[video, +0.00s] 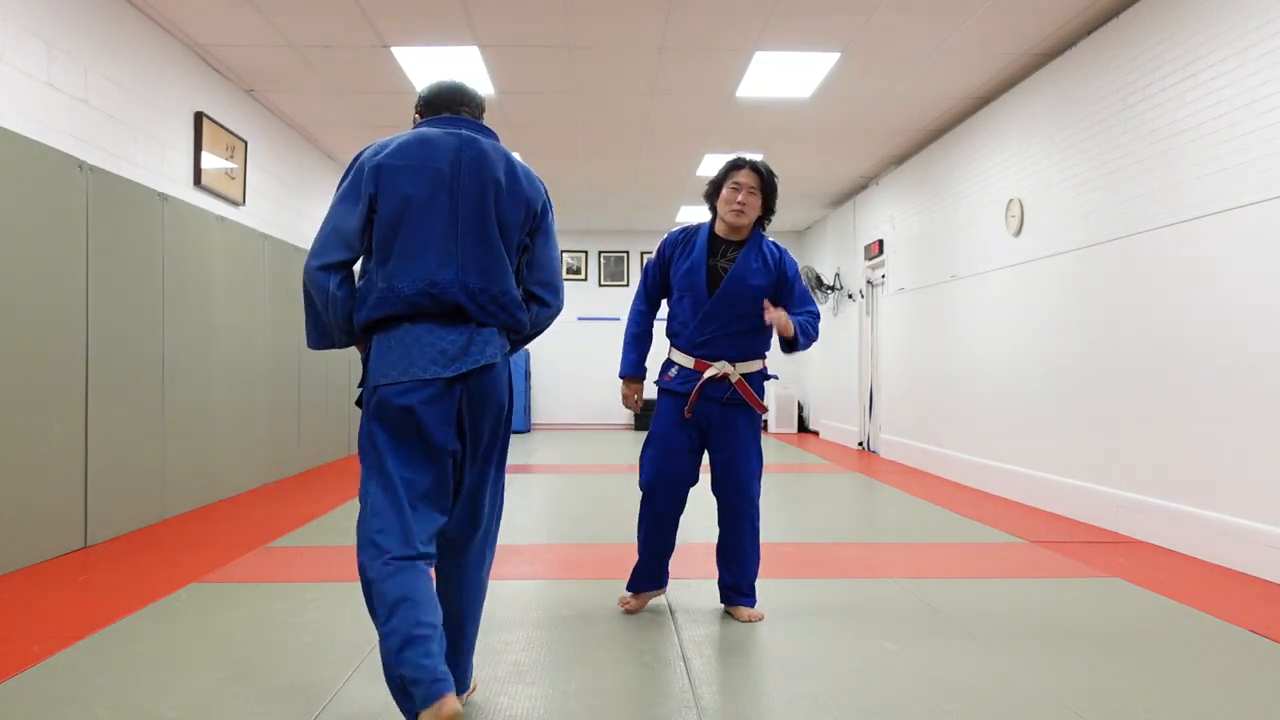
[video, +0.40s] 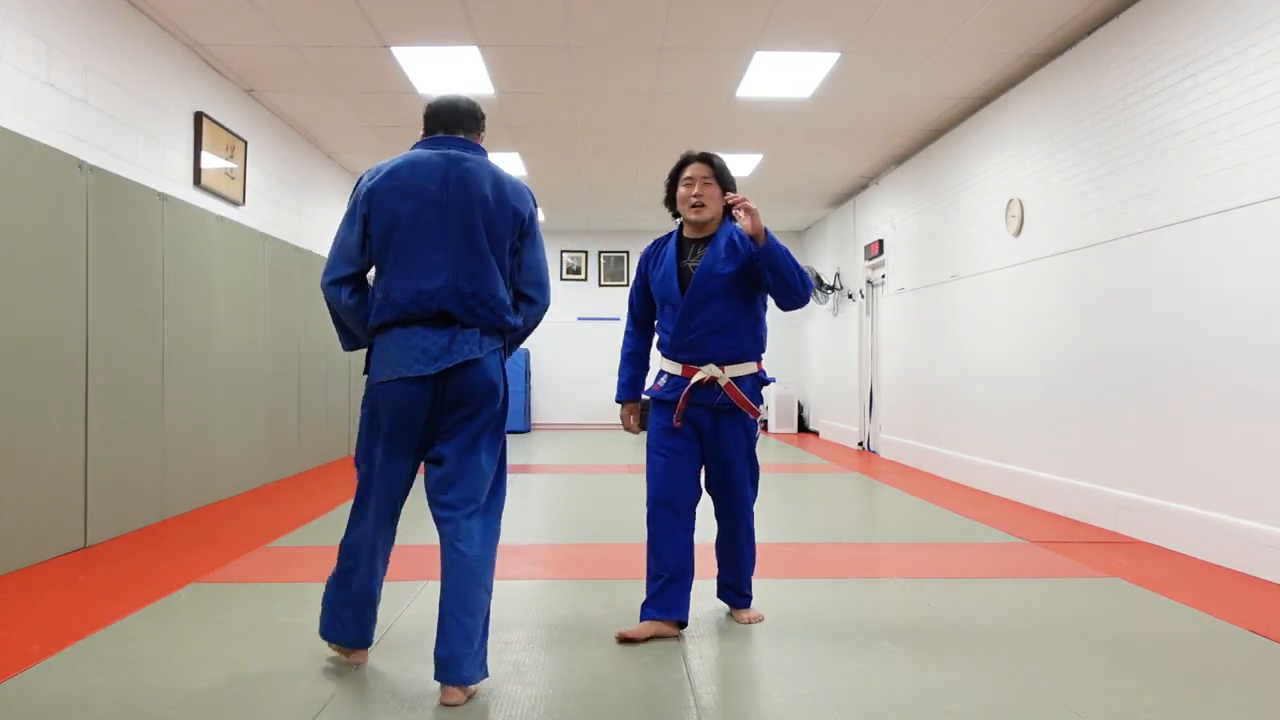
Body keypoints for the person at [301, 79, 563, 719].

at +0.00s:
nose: (410, 124)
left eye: (413, 116)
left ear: (419, 117)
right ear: (482, 120)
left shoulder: (382, 158)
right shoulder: (522, 177)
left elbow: (324, 265)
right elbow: (547, 293)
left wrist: (359, 332)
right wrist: (497, 336)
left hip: (403, 363)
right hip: (488, 365)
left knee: (394, 535)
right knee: (470, 530)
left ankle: (432, 695)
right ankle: (452, 684)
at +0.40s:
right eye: (480, 130)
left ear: (422, 132)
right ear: (480, 136)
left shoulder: (380, 180)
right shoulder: (511, 192)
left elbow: (339, 278)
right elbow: (535, 293)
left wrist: (373, 336)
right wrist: (495, 343)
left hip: (399, 363)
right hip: (478, 368)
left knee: (376, 503)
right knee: (469, 515)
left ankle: (351, 637)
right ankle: (458, 676)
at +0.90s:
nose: (471, 183)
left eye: (476, 173)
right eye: (471, 169)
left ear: (435, 156)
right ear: (442, 155)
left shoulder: (380, 198)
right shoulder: (417, 197)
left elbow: (358, 293)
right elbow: (442, 286)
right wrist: (473, 318)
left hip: (367, 364)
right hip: (416, 363)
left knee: (385, 493)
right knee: (469, 489)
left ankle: (371, 628)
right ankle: (434, 624)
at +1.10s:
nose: (476, 185)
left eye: (481, 176)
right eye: (474, 172)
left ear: (444, 161)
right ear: (445, 157)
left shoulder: (424, 202)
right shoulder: (411, 196)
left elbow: (459, 279)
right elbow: (415, 278)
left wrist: (465, 328)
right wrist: (459, 321)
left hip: (391, 363)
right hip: (412, 366)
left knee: (393, 489)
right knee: (437, 489)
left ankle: (372, 624)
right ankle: (427, 624)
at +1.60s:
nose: (504, 187)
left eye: (509, 178)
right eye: (500, 175)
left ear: (480, 168)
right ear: (469, 160)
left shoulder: (473, 213)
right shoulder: (429, 198)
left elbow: (479, 285)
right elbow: (410, 273)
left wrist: (496, 326)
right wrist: (463, 314)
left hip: (464, 367)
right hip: (426, 367)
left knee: (480, 479)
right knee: (434, 488)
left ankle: (456, 587)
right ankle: (420, 627)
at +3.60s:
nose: (470, 158)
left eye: (478, 149)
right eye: (459, 148)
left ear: (484, 156)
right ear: (435, 154)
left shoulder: (499, 218)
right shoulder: (410, 225)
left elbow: (527, 273)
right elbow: (402, 307)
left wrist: (510, 312)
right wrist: (444, 371)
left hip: (480, 372)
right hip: (423, 376)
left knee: (492, 487)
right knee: (422, 496)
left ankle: (500, 597)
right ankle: (421, 617)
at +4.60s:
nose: (518, 170)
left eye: (527, 165)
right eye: (511, 159)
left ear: (531, 174)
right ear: (487, 159)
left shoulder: (531, 232)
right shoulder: (437, 208)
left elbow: (530, 311)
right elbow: (367, 259)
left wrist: (478, 348)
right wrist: (401, 311)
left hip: (498, 374)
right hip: (439, 370)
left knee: (498, 486)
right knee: (430, 489)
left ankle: (500, 598)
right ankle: (423, 614)